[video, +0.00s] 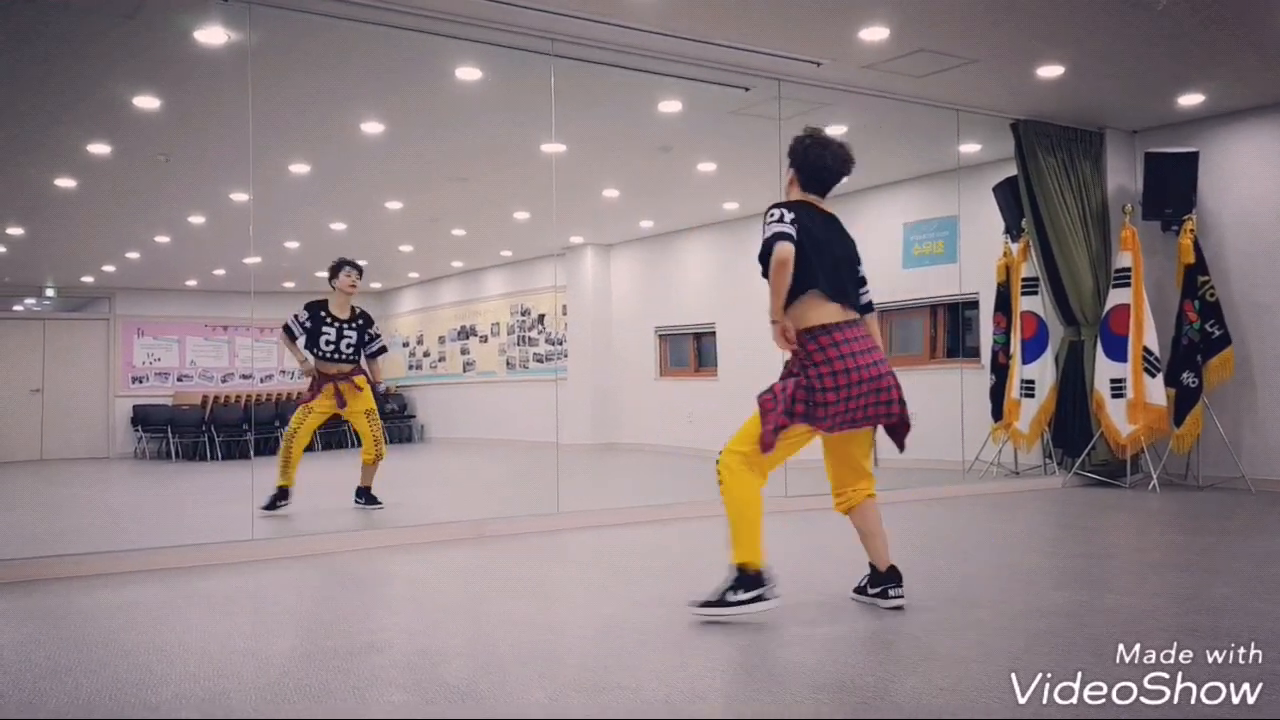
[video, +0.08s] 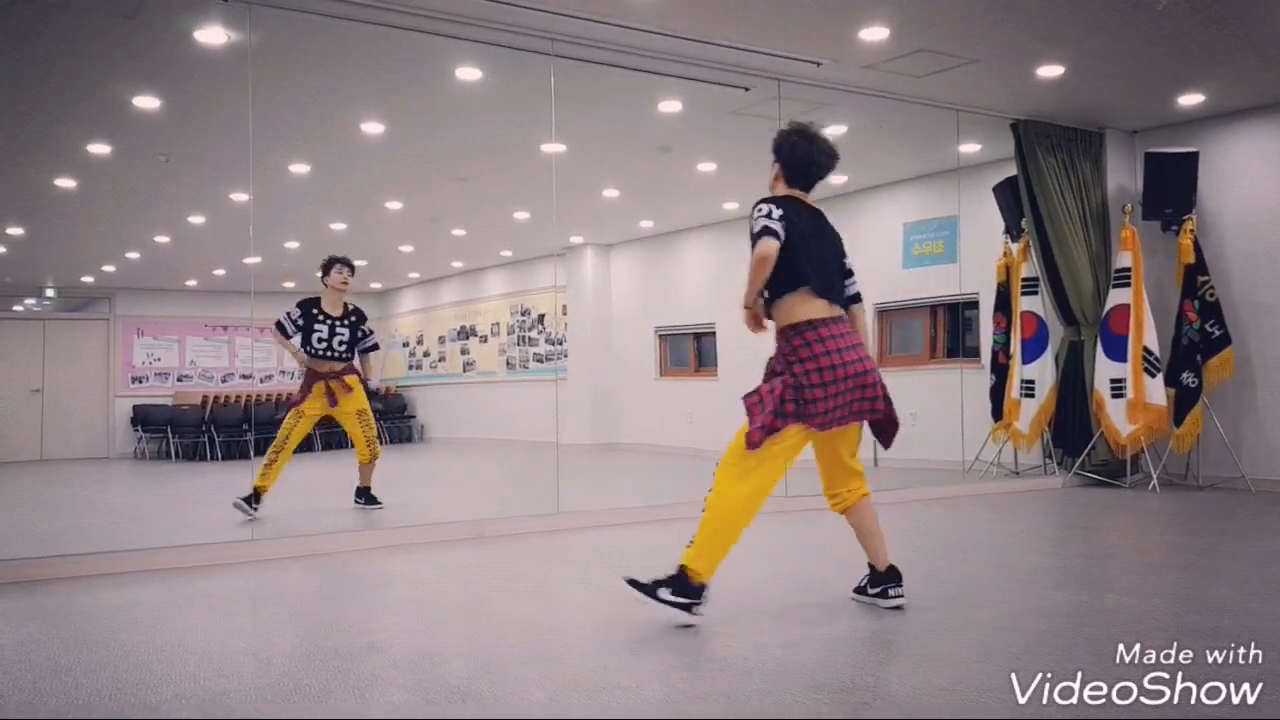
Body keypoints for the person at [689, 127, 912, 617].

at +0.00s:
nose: (784, 177)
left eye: (785, 170)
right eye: (789, 171)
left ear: (792, 175)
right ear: (832, 184)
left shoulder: (783, 214)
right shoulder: (840, 231)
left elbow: (783, 257)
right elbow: (866, 308)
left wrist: (777, 315)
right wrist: (877, 368)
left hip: (824, 370)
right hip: (863, 365)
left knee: (737, 461)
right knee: (854, 484)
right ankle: (885, 575)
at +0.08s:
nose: (769, 170)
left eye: (772, 164)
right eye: (773, 163)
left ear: (778, 169)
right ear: (817, 177)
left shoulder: (772, 207)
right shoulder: (825, 227)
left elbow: (768, 248)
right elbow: (854, 302)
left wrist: (751, 299)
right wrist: (863, 363)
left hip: (805, 361)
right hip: (846, 357)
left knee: (742, 471)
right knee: (845, 479)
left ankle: (691, 580)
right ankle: (884, 574)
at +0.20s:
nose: (736, 155)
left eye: (738, 148)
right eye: (739, 147)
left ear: (746, 153)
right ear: (785, 160)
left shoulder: (735, 196)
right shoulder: (799, 213)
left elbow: (709, 255)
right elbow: (835, 278)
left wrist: (678, 287)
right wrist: (832, 343)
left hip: (755, 342)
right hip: (801, 342)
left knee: (717, 472)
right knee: (823, 461)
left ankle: (670, 589)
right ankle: (870, 568)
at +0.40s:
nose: (691, 136)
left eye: (692, 128)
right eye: (694, 128)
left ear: (699, 133)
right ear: (746, 139)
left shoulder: (673, 185)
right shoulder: (764, 193)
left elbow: (630, 250)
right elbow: (812, 253)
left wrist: (590, 313)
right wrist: (786, 312)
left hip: (695, 333)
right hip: (754, 334)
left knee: (673, 470)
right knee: (750, 467)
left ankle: (662, 592)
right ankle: (760, 574)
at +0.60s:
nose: (662, 140)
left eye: (664, 132)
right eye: (667, 132)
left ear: (672, 138)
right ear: (715, 143)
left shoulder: (656, 190)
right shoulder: (743, 195)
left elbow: (627, 253)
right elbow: (791, 249)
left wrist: (596, 313)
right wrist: (760, 303)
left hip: (669, 337)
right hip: (729, 343)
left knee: (623, 459)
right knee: (697, 472)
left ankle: (644, 579)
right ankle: (687, 597)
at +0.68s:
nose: (655, 144)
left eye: (656, 136)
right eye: (659, 136)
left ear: (664, 141)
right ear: (708, 145)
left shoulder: (656, 192)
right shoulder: (738, 200)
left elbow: (644, 257)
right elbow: (785, 254)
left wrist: (608, 306)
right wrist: (758, 312)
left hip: (668, 342)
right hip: (726, 347)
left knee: (599, 452)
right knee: (700, 480)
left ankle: (629, 562)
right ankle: (687, 606)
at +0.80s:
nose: (644, 149)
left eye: (645, 140)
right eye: (647, 140)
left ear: (654, 145)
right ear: (699, 147)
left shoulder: (650, 200)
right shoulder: (723, 205)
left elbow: (664, 271)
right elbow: (763, 273)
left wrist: (615, 298)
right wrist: (755, 334)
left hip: (663, 346)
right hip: (718, 348)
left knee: (595, 459)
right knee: (704, 488)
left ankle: (625, 570)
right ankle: (691, 611)